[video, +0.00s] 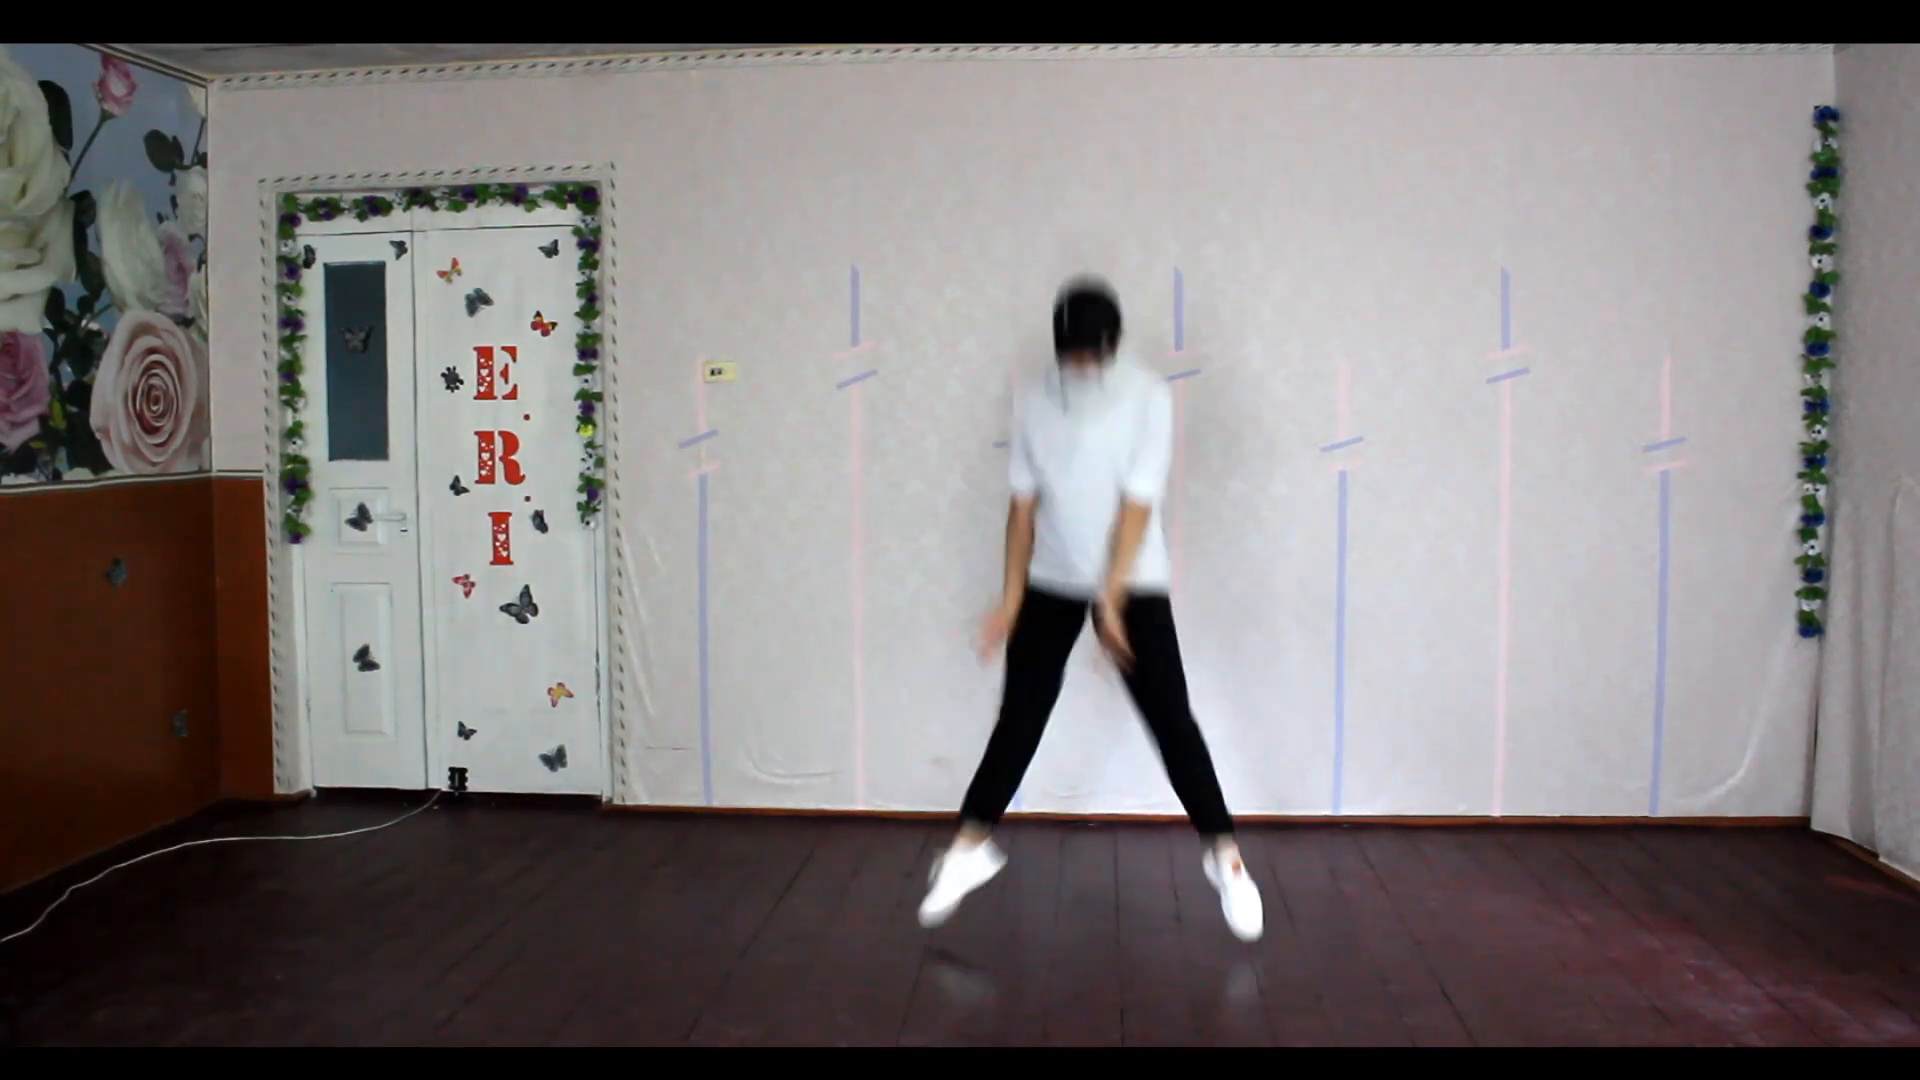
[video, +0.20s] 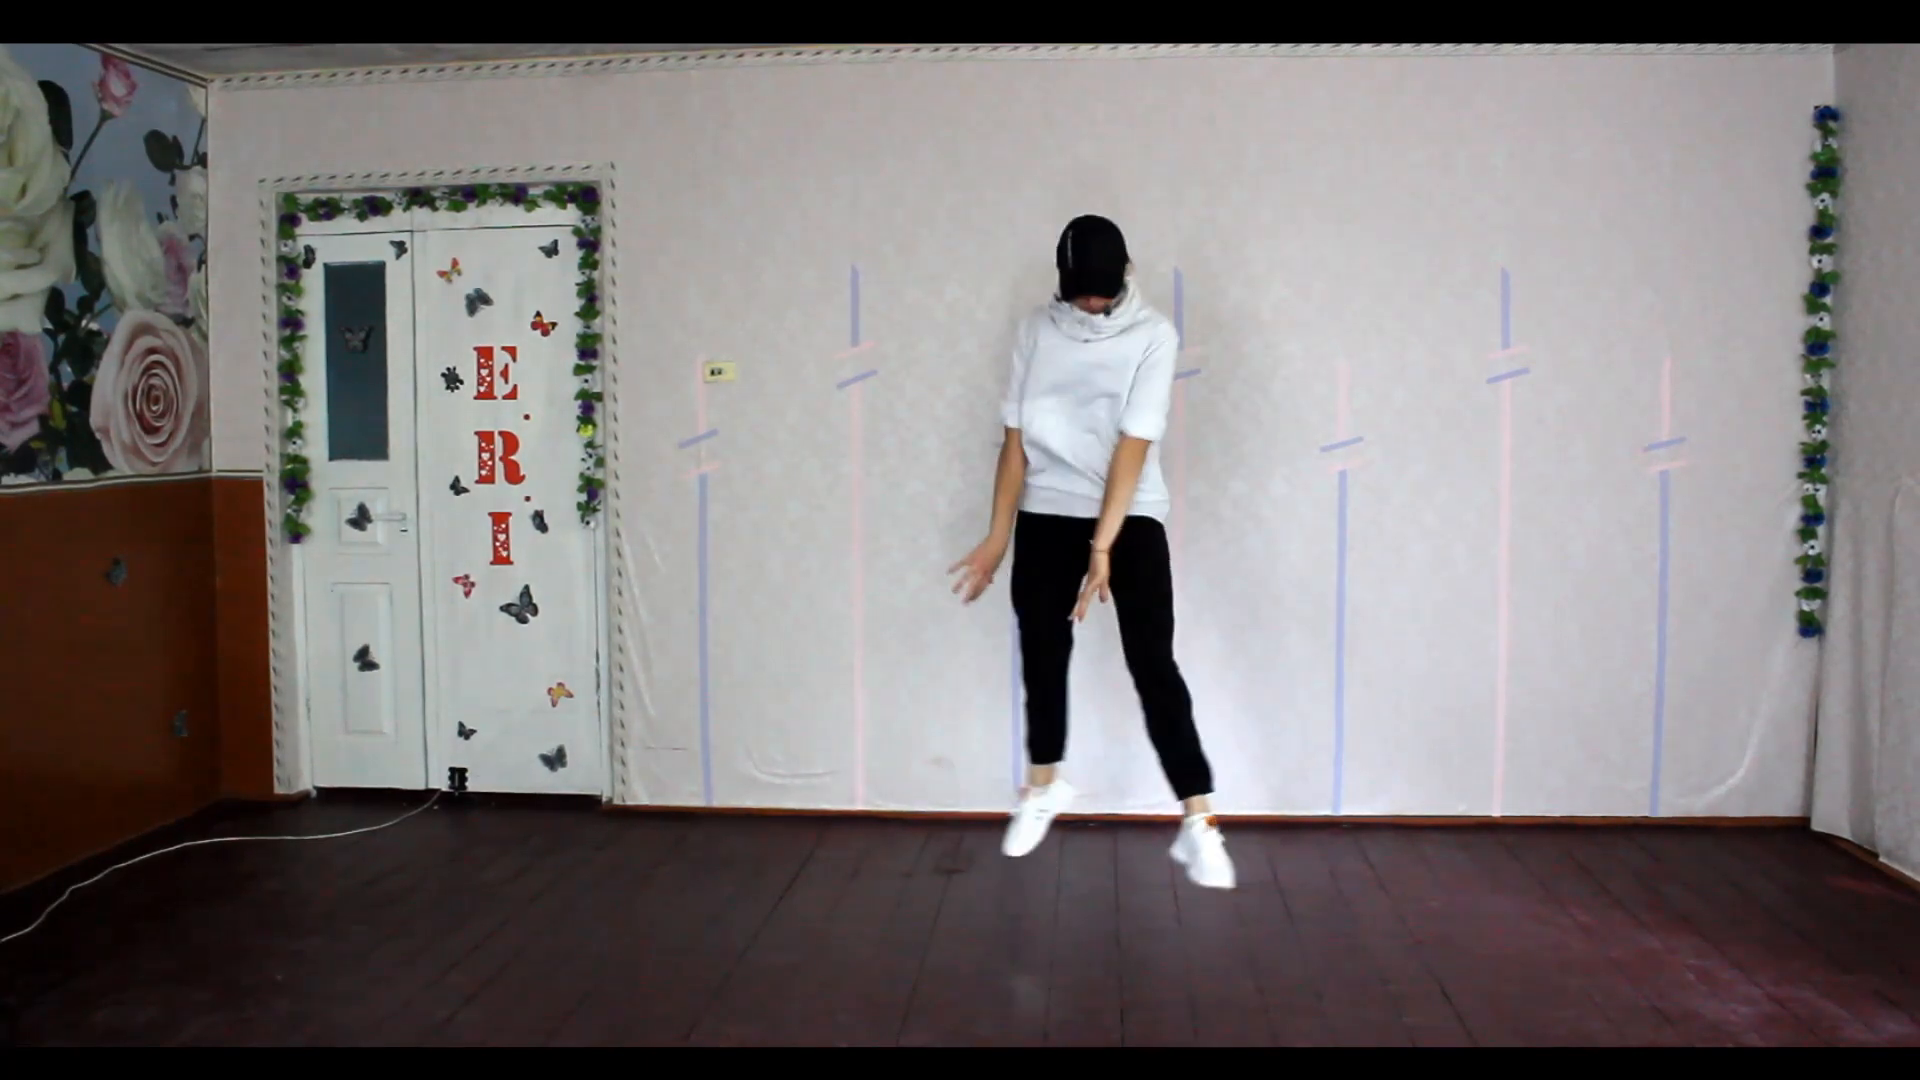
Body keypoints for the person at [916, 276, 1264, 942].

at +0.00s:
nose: (1084, 368)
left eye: (1095, 357)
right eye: (1074, 357)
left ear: (1114, 347)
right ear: (1057, 348)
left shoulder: (1146, 397)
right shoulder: (1036, 395)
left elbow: (1139, 504)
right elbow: (1024, 501)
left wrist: (1111, 600)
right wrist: (1012, 597)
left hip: (1133, 585)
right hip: (1052, 585)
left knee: (1172, 724)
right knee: (1017, 722)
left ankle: (1226, 856)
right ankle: (968, 845)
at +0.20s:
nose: (1094, 305)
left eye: (1104, 294)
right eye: (1082, 296)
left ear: (1123, 277)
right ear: (1063, 282)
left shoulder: (1152, 335)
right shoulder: (1037, 329)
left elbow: (1133, 448)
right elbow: (1016, 442)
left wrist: (1103, 548)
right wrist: (997, 537)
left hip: (1128, 518)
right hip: (1045, 515)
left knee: (1152, 664)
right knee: (1042, 655)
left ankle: (1199, 818)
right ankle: (1043, 786)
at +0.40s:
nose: (1070, 418)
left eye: (1080, 404)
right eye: (1058, 405)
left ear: (1103, 385)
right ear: (1042, 389)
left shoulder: (1142, 428)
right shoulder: (1034, 435)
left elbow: (1174, 536)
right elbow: (1016, 539)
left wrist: (1120, 636)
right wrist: (998, 642)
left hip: (1127, 619)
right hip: (1056, 617)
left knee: (1125, 760)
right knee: (1048, 746)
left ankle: (1139, 912)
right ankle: (1101, 845)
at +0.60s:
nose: (1041, 673)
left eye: (1048, 661)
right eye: (1029, 664)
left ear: (1069, 634)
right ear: (1013, 644)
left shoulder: (1113, 635)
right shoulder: (1013, 669)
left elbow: (1194, 693)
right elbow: (985, 771)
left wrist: (1136, 765)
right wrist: (963, 876)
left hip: (1159, 749)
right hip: (1083, 761)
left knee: (1104, 800)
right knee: (1025, 877)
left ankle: (1128, 947)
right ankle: (1118, 868)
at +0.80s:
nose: (1036, 824)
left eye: (1053, 793)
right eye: (1029, 816)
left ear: (1065, 759)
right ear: (1005, 773)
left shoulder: (1111, 727)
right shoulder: (1002, 773)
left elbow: (1212, 719)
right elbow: (990, 839)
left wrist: (1162, 780)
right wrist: (981, 926)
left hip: (1164, 807)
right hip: (1079, 827)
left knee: (1119, 797)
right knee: (1016, 929)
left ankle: (1130, 948)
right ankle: (1102, 866)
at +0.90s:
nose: (1046, 818)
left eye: (1057, 798)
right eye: (1037, 814)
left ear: (1070, 758)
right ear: (1007, 769)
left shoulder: (1112, 725)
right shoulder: (999, 775)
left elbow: (1216, 716)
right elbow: (986, 844)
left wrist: (1163, 779)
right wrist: (981, 932)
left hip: (1161, 811)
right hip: (1083, 826)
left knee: (1121, 798)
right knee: (1012, 933)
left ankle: (1130, 949)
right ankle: (1099, 869)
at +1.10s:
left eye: (1060, 784)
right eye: (1036, 791)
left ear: (1073, 746)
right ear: (1009, 757)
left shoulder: (1115, 716)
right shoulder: (1000, 768)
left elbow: (1221, 712)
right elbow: (985, 833)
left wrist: (1169, 777)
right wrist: (980, 929)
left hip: (1154, 806)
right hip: (1076, 823)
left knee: (1125, 793)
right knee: (1012, 927)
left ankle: (1133, 950)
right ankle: (1099, 872)